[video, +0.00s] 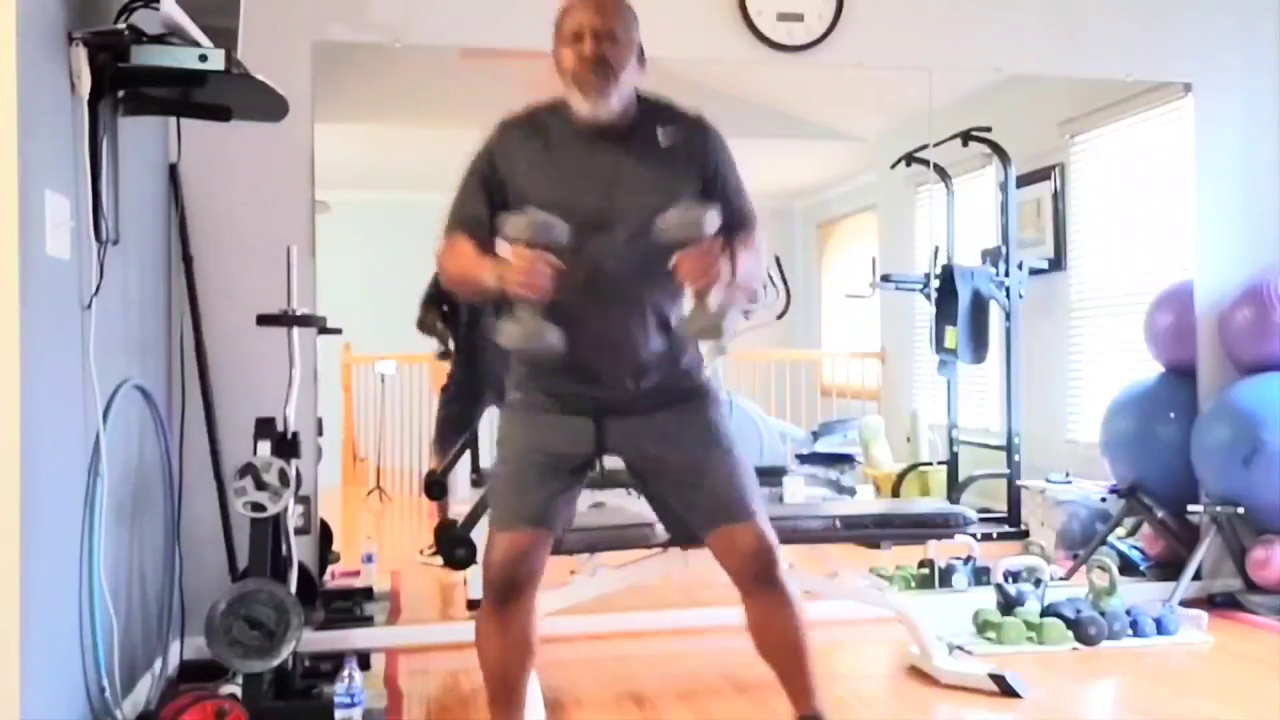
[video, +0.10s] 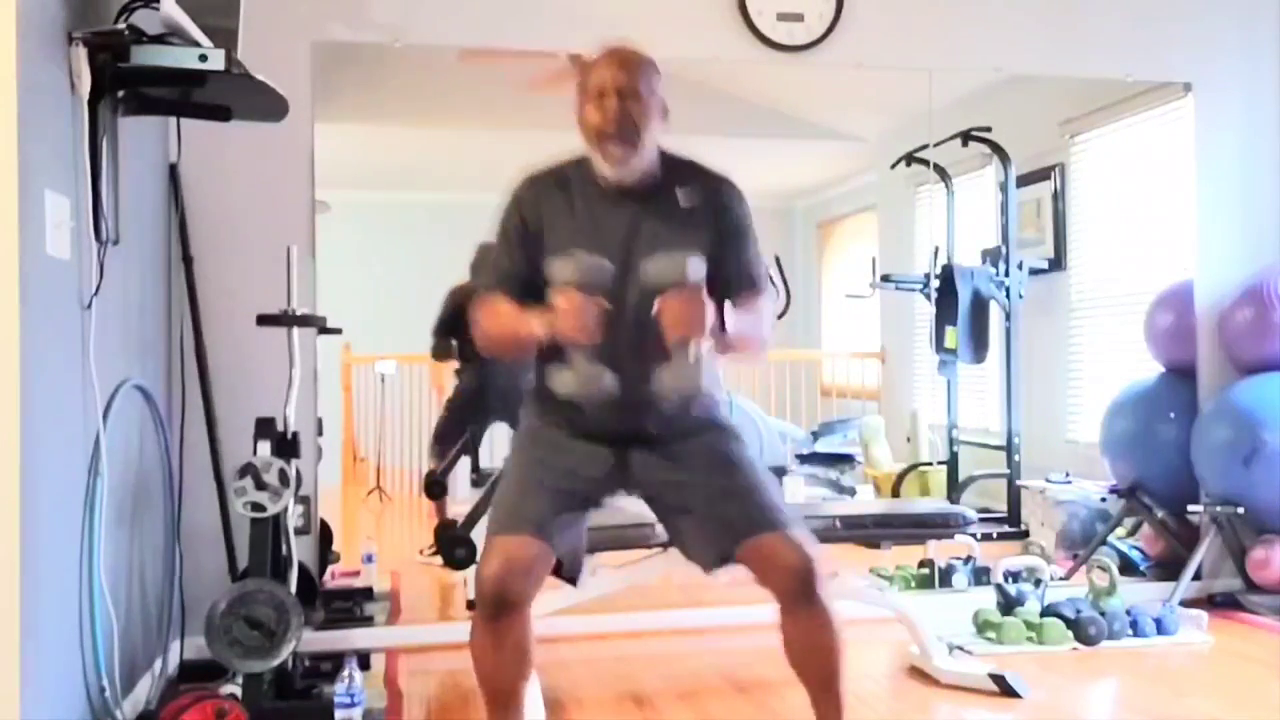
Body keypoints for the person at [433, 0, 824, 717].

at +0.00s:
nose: (591, 50)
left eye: (608, 36)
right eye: (576, 37)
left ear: (638, 54)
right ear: (554, 53)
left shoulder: (689, 141)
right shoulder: (514, 144)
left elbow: (748, 249)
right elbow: (453, 256)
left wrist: (728, 263)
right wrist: (501, 271)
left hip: (666, 390)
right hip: (547, 394)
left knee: (755, 556)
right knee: (508, 570)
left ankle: (811, 711)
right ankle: (510, 718)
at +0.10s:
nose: (612, 111)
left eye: (628, 96)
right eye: (597, 97)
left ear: (660, 109)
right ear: (579, 109)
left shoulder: (712, 198)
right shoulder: (540, 199)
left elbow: (757, 324)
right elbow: (487, 323)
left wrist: (715, 321)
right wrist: (545, 323)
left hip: (685, 430)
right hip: (564, 429)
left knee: (795, 572)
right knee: (500, 585)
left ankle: (832, 716)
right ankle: (506, 719)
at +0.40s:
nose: (701, 84)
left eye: (720, 69)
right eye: (687, 70)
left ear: (750, 84)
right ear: (668, 82)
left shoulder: (799, 174)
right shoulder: (623, 179)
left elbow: (849, 271)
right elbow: (569, 292)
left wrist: (833, 291)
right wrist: (596, 301)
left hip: (769, 412)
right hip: (650, 411)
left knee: (852, 572)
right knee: (571, 567)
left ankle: (844, 719)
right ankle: (531, 714)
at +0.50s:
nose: (719, 30)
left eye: (737, 14)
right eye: (706, 14)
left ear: (773, 23)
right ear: (691, 23)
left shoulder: (827, 118)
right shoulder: (652, 123)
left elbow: (874, 225)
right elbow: (608, 239)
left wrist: (889, 273)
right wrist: (608, 287)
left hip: (798, 370)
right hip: (683, 369)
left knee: (845, 558)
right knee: (620, 542)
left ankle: (843, 718)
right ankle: (595, 706)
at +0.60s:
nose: (739, 9)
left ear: (797, 9)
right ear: (708, 11)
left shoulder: (848, 99)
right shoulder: (672, 103)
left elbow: (912, 195)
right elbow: (621, 212)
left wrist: (930, 238)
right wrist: (603, 249)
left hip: (818, 360)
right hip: (706, 359)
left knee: (841, 553)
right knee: (658, 541)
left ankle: (844, 714)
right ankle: (697, 702)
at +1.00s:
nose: (781, 21)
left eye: (800, 4)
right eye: (763, 5)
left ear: (833, 11)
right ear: (742, 14)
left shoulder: (891, 105)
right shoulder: (709, 117)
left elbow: (956, 212)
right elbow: (657, 238)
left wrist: (924, 237)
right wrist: (687, 255)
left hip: (875, 362)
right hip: (758, 369)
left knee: (940, 534)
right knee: (734, 551)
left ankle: (966, 710)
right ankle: (746, 714)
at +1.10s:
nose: (806, 68)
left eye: (822, 52)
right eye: (792, 54)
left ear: (855, 62)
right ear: (772, 67)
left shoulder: (915, 154)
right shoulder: (742, 159)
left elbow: (967, 292)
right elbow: (690, 289)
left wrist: (908, 291)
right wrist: (734, 295)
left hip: (882, 402)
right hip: (766, 400)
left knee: (965, 567)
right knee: (715, 565)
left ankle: (978, 717)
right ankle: (742, 716)